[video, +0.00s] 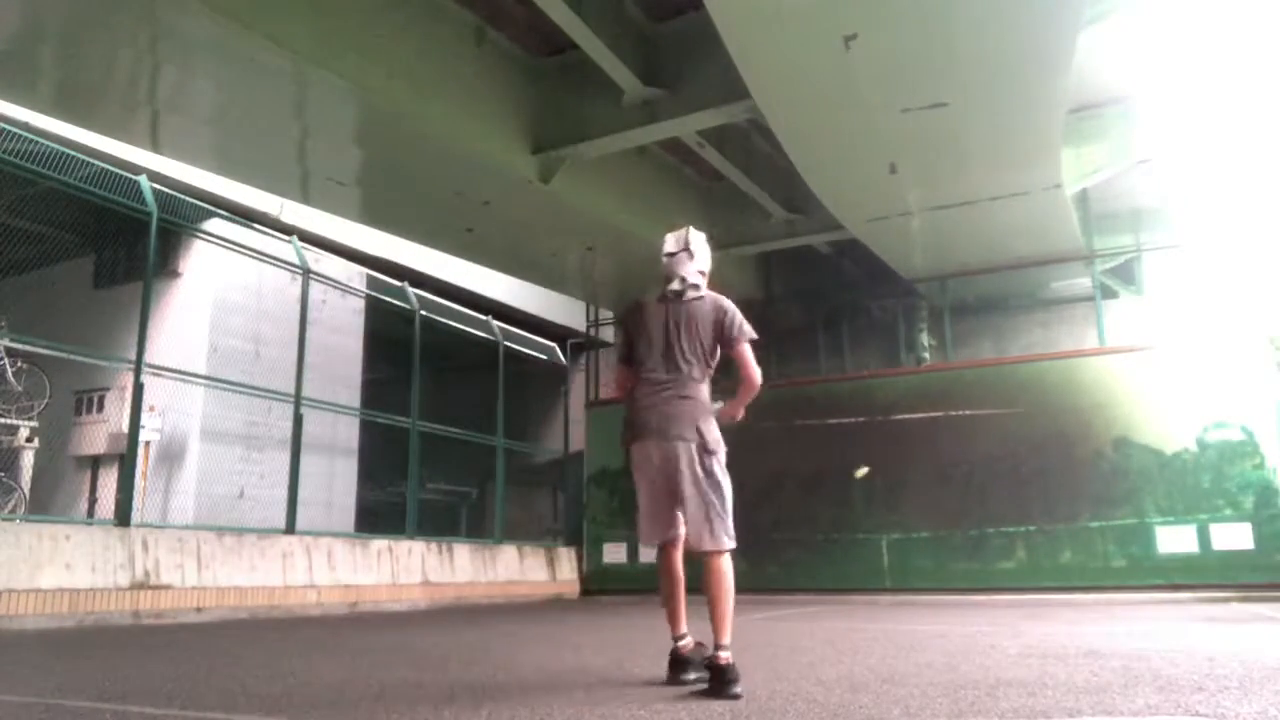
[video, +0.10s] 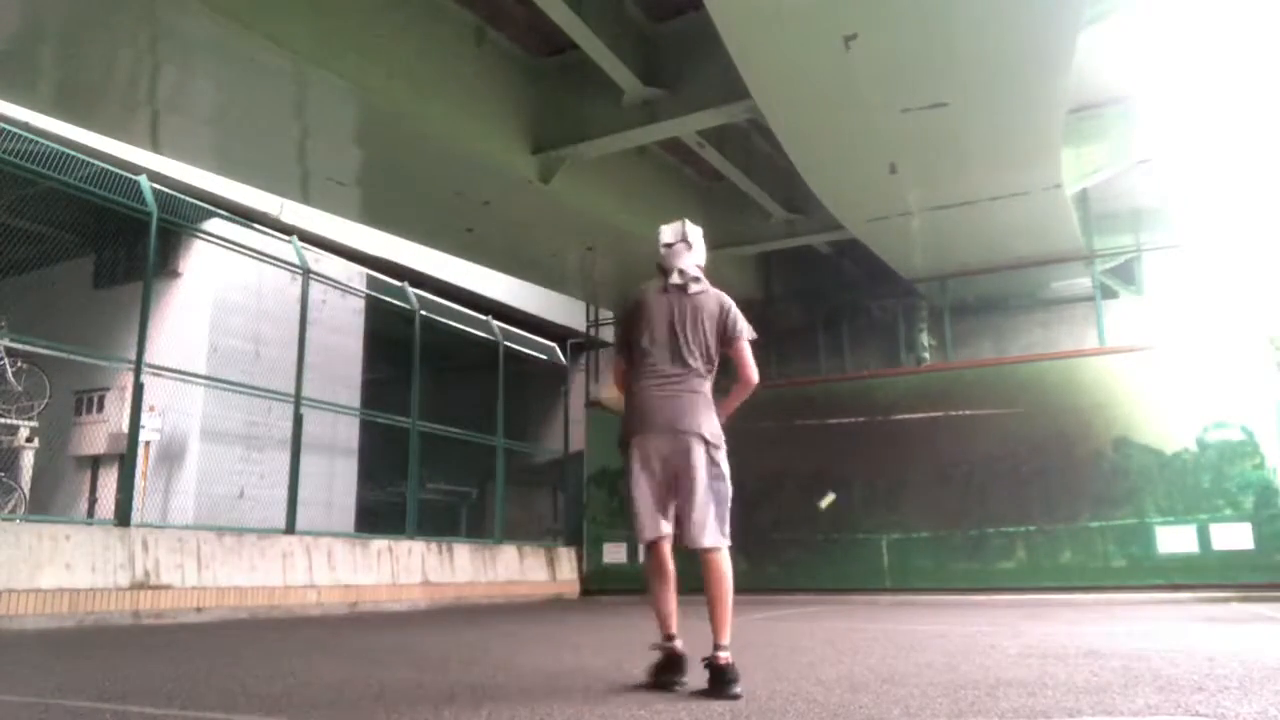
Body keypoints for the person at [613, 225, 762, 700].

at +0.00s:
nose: (700, 266)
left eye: (681, 257)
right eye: (703, 259)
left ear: (665, 264)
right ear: (705, 265)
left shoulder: (638, 313)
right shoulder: (721, 308)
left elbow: (619, 386)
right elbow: (753, 378)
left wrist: (649, 386)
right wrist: (736, 406)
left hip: (646, 437)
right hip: (697, 434)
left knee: (670, 543)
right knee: (716, 546)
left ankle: (681, 648)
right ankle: (722, 659)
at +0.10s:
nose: (681, 257)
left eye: (672, 250)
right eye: (692, 250)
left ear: (662, 257)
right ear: (702, 256)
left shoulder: (640, 304)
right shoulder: (721, 304)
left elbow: (620, 374)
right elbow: (749, 378)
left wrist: (648, 406)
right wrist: (715, 416)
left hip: (646, 429)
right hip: (699, 428)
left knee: (658, 542)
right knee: (713, 543)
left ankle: (670, 646)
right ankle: (721, 658)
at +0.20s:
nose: (669, 251)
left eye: (662, 244)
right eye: (677, 244)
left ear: (652, 249)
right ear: (692, 248)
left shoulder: (631, 290)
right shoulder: (714, 297)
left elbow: (612, 369)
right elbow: (730, 380)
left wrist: (622, 385)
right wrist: (697, 402)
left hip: (647, 421)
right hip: (701, 422)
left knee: (639, 541)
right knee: (713, 540)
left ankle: (649, 650)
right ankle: (724, 659)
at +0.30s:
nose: (647, 241)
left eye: (642, 239)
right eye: (661, 236)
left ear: (639, 246)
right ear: (678, 245)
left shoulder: (626, 283)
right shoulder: (699, 295)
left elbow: (598, 358)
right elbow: (700, 363)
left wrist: (613, 394)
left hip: (644, 422)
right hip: (699, 421)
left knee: (621, 541)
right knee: (712, 541)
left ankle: (634, 660)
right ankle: (725, 662)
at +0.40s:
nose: (621, 248)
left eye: (621, 241)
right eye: (635, 239)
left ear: (623, 243)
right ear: (661, 245)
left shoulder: (617, 277)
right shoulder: (676, 290)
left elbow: (581, 350)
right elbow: (662, 365)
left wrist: (564, 337)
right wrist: (599, 375)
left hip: (638, 421)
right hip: (683, 424)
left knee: (616, 539)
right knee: (692, 543)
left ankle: (634, 668)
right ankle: (723, 661)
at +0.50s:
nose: (594, 251)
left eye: (596, 243)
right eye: (601, 244)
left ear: (602, 241)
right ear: (637, 244)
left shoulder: (603, 267)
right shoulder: (649, 287)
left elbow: (553, 330)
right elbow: (605, 368)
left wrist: (534, 310)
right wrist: (541, 353)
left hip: (624, 417)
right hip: (654, 419)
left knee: (617, 539)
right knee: (643, 543)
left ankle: (635, 668)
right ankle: (687, 630)